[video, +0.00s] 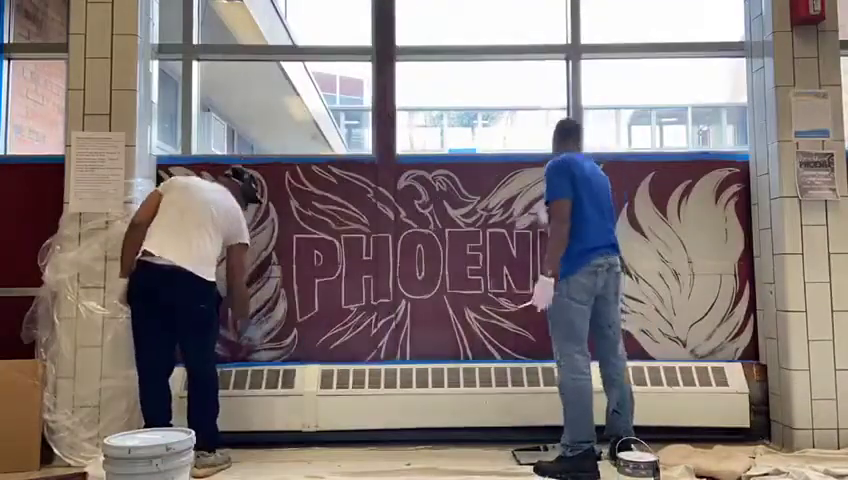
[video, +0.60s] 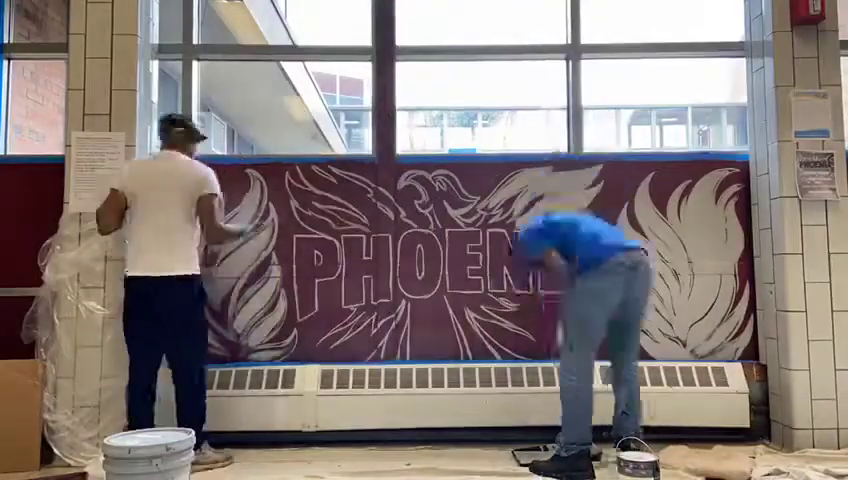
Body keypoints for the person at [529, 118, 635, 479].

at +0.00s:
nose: (556, 149)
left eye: (554, 142)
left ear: (555, 142)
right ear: (580, 142)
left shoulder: (559, 165)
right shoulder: (596, 170)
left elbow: (560, 223)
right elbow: (598, 221)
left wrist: (547, 276)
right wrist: (548, 219)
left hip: (577, 272)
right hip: (610, 268)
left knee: (572, 358)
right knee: (612, 353)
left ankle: (578, 450)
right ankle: (621, 435)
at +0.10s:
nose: (538, 160)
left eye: (537, 154)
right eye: (541, 153)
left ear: (540, 151)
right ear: (564, 146)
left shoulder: (547, 171)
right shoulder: (594, 172)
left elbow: (554, 227)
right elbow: (608, 221)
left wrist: (538, 282)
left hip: (577, 269)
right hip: (615, 264)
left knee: (565, 357)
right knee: (616, 350)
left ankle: (578, 451)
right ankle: (625, 434)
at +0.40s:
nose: (564, 144)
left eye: (561, 138)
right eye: (576, 138)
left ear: (559, 138)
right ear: (586, 139)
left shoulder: (555, 170)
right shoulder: (600, 171)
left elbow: (550, 226)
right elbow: (607, 222)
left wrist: (533, 275)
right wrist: (608, 255)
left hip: (569, 270)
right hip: (605, 267)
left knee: (566, 359)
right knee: (611, 354)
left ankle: (574, 450)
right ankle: (621, 435)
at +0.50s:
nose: (531, 149)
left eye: (531, 143)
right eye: (538, 142)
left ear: (533, 142)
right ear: (560, 140)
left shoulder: (543, 170)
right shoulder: (577, 167)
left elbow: (548, 228)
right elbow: (576, 218)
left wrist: (531, 282)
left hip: (566, 271)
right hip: (598, 265)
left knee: (563, 358)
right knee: (604, 349)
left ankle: (573, 451)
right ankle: (620, 434)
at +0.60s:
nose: (540, 269)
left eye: (535, 263)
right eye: (535, 265)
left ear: (521, 245)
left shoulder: (530, 233)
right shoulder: (571, 225)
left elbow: (558, 263)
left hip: (601, 269)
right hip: (639, 264)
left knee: (577, 359)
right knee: (625, 359)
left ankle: (574, 450)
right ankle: (628, 438)